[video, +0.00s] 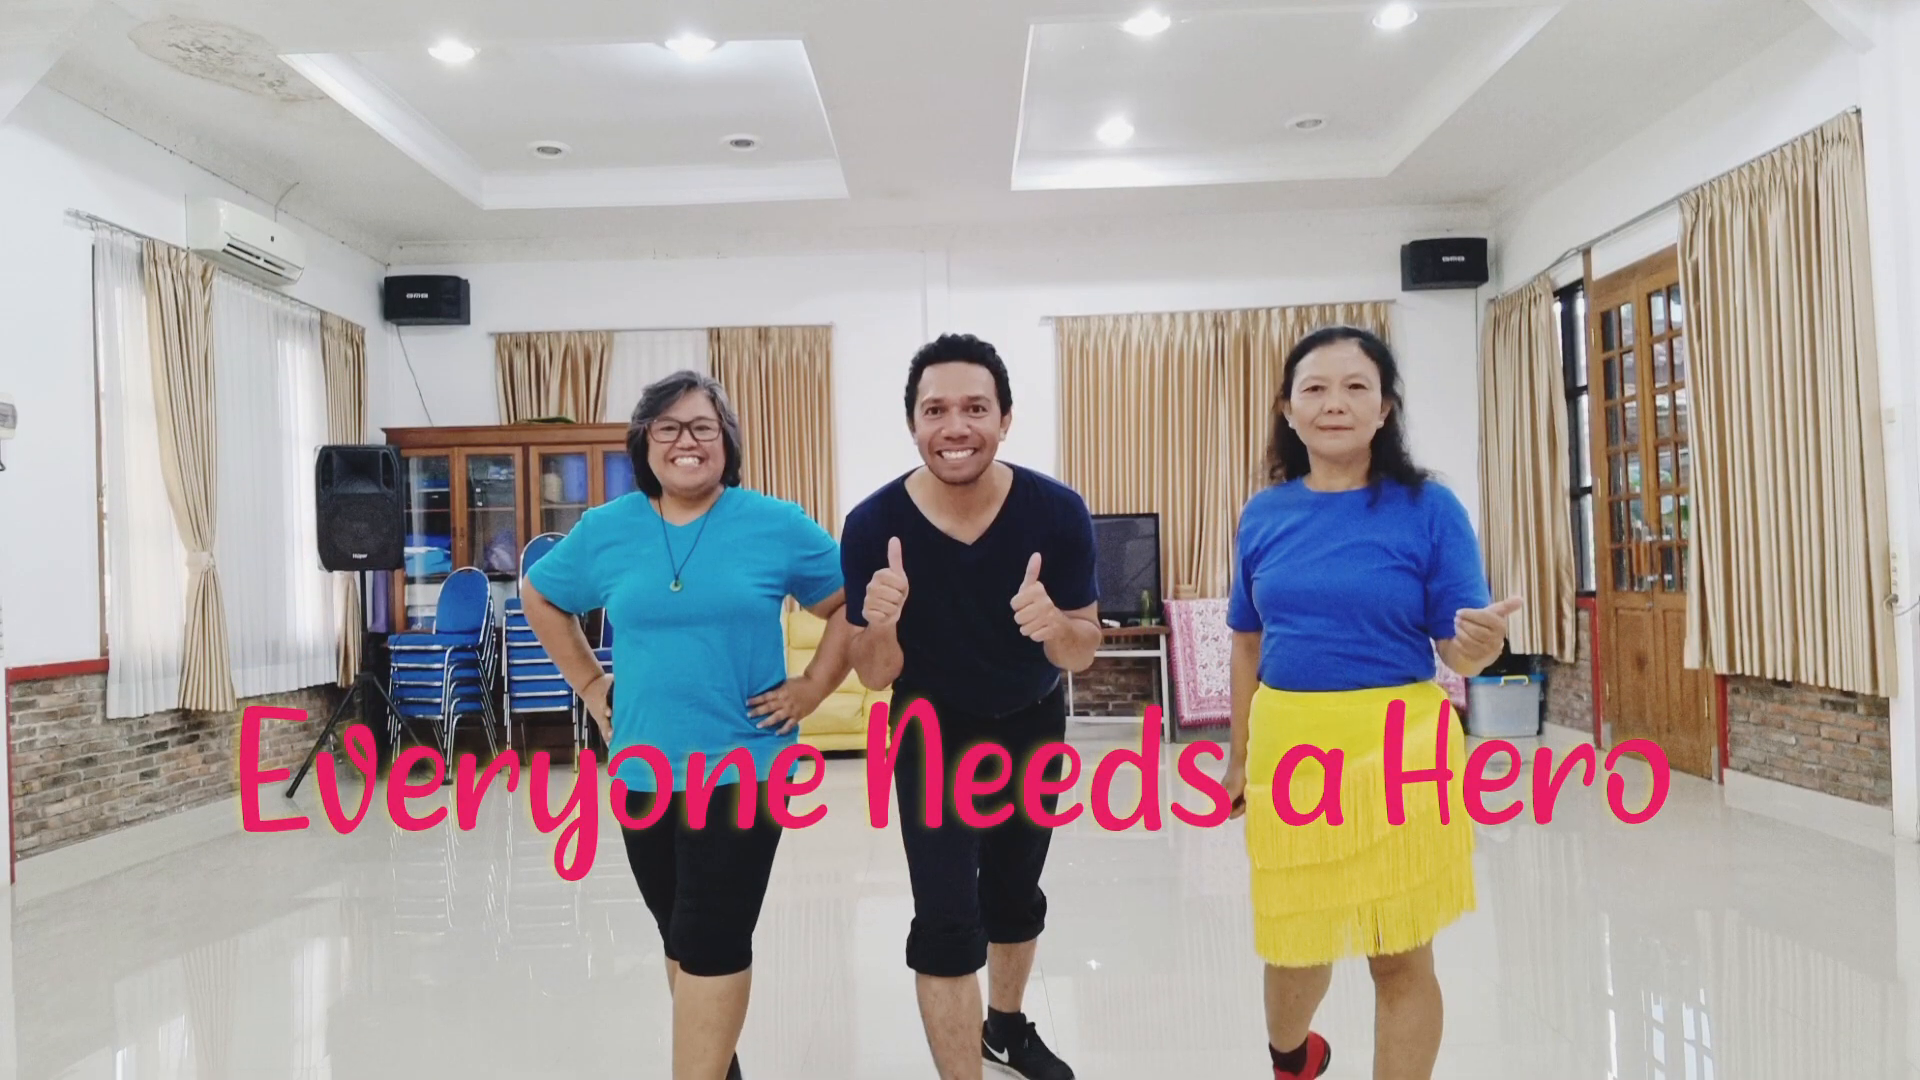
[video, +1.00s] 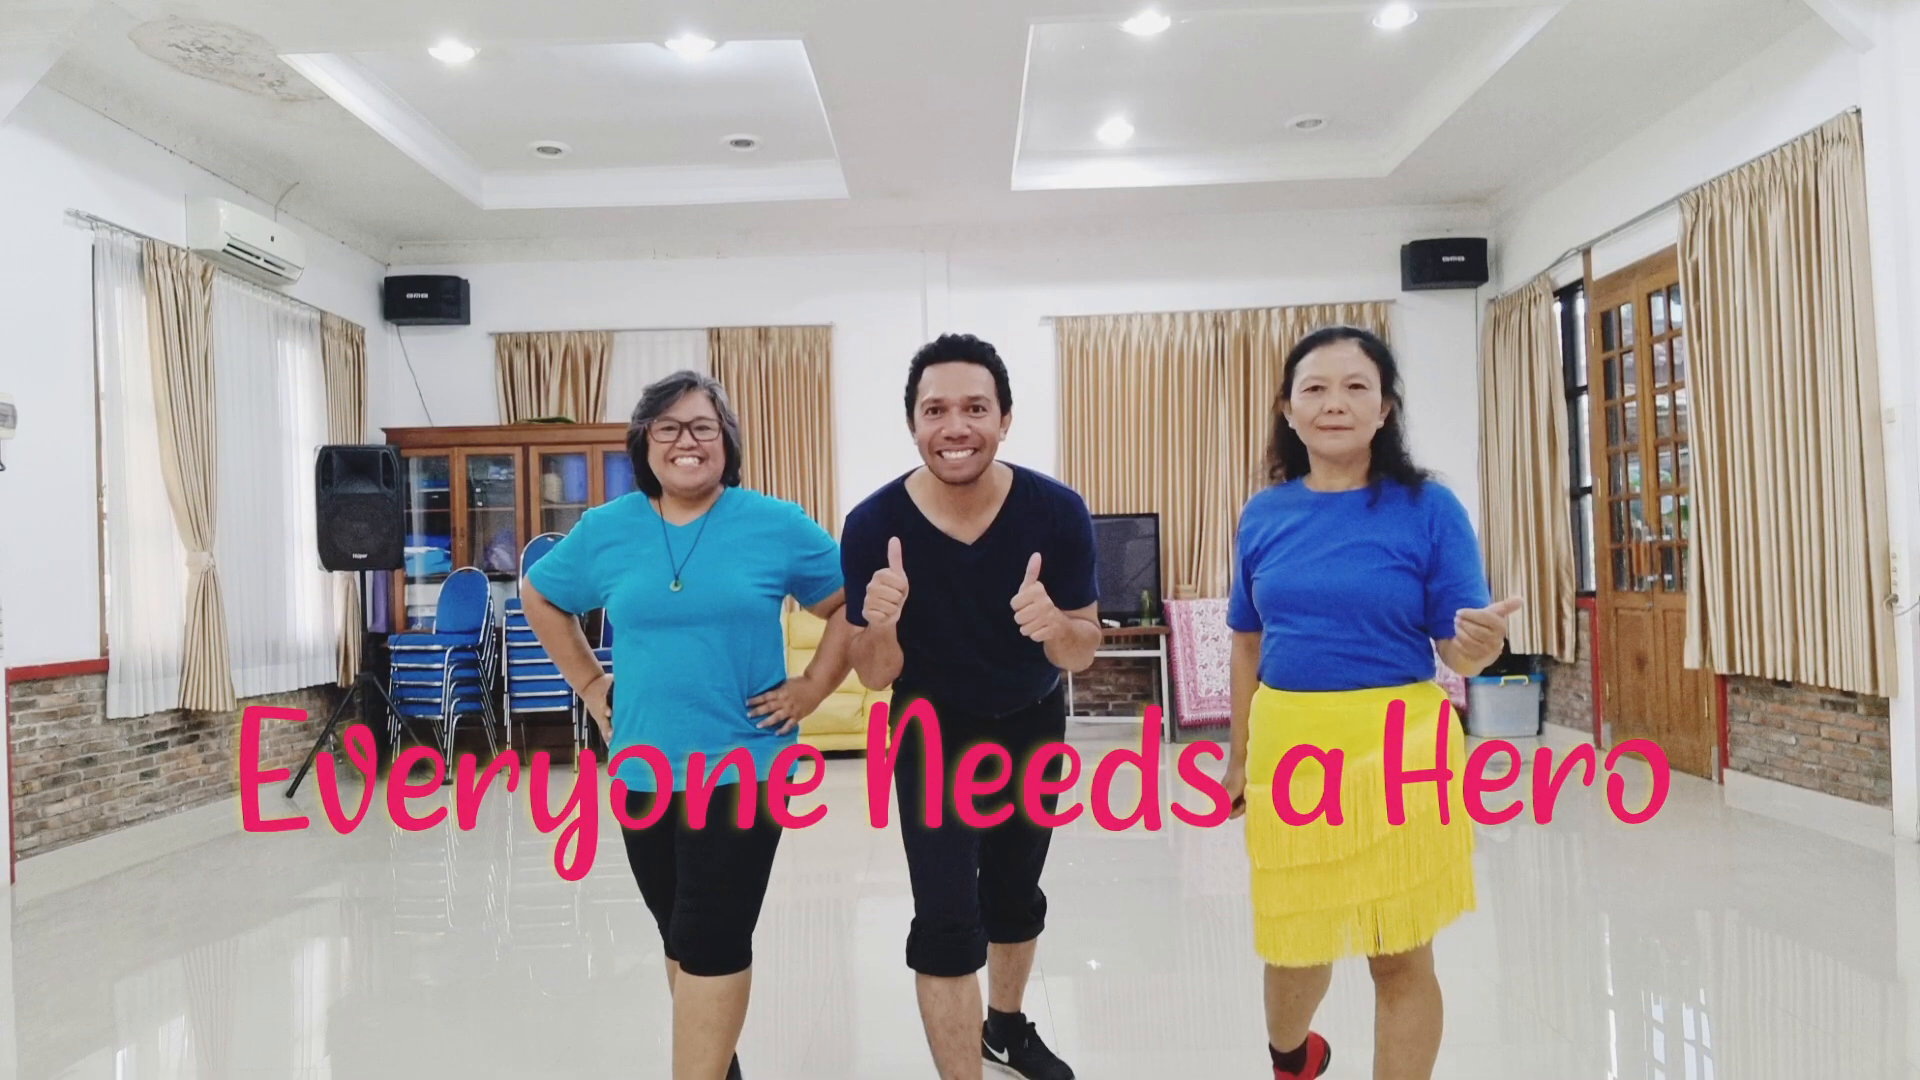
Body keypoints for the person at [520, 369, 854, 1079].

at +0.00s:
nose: (687, 441)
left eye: (703, 428)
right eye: (670, 429)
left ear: (727, 443)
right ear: (644, 446)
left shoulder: (778, 527)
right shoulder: (605, 530)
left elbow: (854, 606)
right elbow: (538, 594)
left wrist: (813, 686)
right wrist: (591, 683)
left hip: (746, 773)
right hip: (643, 776)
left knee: (708, 947)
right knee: (683, 946)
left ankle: (696, 1079)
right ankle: (722, 1071)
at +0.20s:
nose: (687, 441)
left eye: (703, 428)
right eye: (670, 429)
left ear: (727, 443)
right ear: (644, 446)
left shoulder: (778, 527)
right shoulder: (605, 530)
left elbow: (854, 606)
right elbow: (538, 594)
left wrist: (813, 686)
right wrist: (591, 683)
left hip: (746, 773)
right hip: (643, 776)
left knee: (708, 947)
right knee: (683, 946)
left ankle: (696, 1079)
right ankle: (722, 1071)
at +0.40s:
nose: (687, 441)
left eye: (703, 428)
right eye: (670, 429)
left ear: (727, 443)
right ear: (644, 446)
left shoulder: (778, 527)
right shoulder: (605, 530)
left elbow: (854, 606)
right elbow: (538, 594)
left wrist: (813, 686)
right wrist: (591, 683)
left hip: (746, 773)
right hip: (643, 776)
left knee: (708, 947)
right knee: (683, 946)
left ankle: (696, 1079)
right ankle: (722, 1070)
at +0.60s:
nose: (687, 441)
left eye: (703, 428)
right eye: (670, 429)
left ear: (727, 443)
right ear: (644, 446)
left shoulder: (778, 527)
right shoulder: (605, 530)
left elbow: (854, 606)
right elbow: (538, 593)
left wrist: (813, 686)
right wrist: (591, 682)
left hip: (746, 773)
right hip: (643, 776)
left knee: (708, 947)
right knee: (683, 946)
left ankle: (696, 1079)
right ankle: (722, 1070)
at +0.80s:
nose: (687, 441)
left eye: (703, 428)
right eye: (670, 429)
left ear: (727, 443)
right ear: (644, 446)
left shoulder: (779, 527)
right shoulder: (605, 530)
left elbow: (854, 605)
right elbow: (537, 594)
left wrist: (813, 685)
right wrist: (590, 682)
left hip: (746, 773)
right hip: (643, 775)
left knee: (708, 947)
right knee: (683, 945)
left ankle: (696, 1079)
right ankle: (722, 1070)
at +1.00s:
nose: (687, 441)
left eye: (703, 428)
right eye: (670, 429)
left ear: (727, 443)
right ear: (644, 446)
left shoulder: (778, 527)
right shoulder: (605, 530)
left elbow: (854, 606)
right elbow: (537, 594)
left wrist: (813, 686)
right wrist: (591, 682)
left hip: (746, 773)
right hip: (643, 775)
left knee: (709, 947)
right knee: (683, 945)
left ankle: (696, 1079)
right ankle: (722, 1070)